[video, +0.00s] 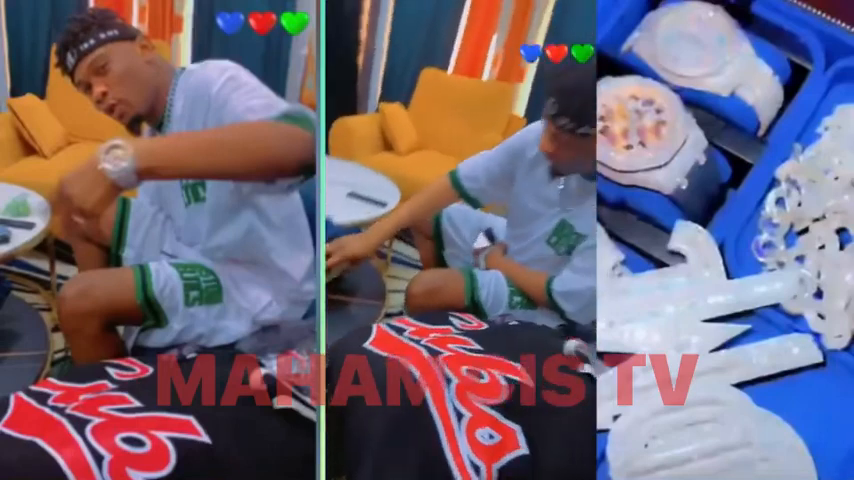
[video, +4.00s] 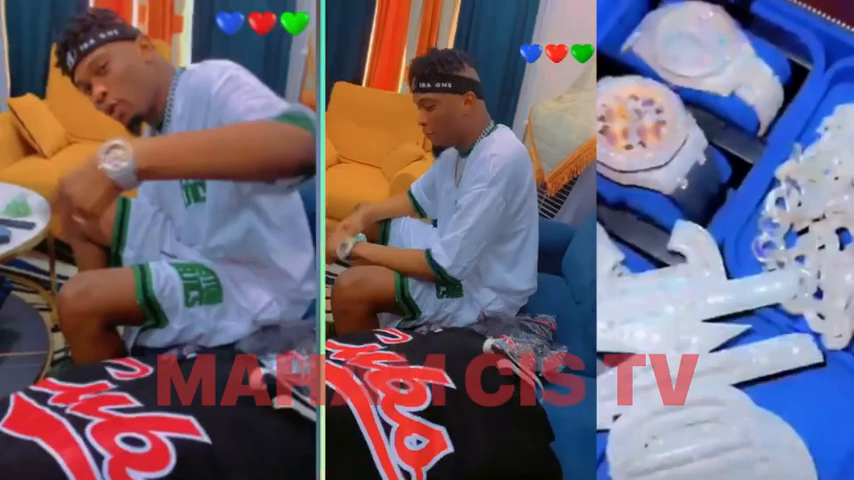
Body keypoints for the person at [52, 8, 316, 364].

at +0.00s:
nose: (98, 94)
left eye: (102, 70)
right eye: (87, 89)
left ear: (144, 48)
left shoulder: (214, 81)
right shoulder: (152, 132)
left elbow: (297, 146)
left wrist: (132, 160)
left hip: (260, 278)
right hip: (190, 251)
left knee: (81, 300)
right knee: (84, 214)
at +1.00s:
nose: (98, 94)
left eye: (102, 70)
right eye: (87, 89)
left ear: (144, 48)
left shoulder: (212, 81)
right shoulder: (152, 133)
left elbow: (299, 145)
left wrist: (132, 160)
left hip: (259, 280)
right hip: (190, 251)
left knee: (80, 300)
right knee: (85, 215)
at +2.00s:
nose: (98, 94)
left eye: (102, 70)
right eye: (87, 89)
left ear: (144, 48)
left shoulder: (212, 81)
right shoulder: (152, 133)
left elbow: (298, 146)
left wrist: (132, 160)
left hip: (259, 279)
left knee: (80, 300)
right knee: (84, 215)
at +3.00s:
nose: (98, 94)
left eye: (102, 70)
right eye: (87, 89)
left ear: (144, 48)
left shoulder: (213, 81)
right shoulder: (152, 133)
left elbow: (298, 146)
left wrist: (132, 160)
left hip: (260, 280)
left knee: (80, 300)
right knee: (85, 215)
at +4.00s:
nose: (97, 94)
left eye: (102, 70)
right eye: (87, 89)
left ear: (145, 48)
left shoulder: (213, 81)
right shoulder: (153, 135)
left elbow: (299, 145)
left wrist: (131, 160)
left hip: (261, 278)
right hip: (191, 253)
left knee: (80, 300)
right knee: (83, 213)